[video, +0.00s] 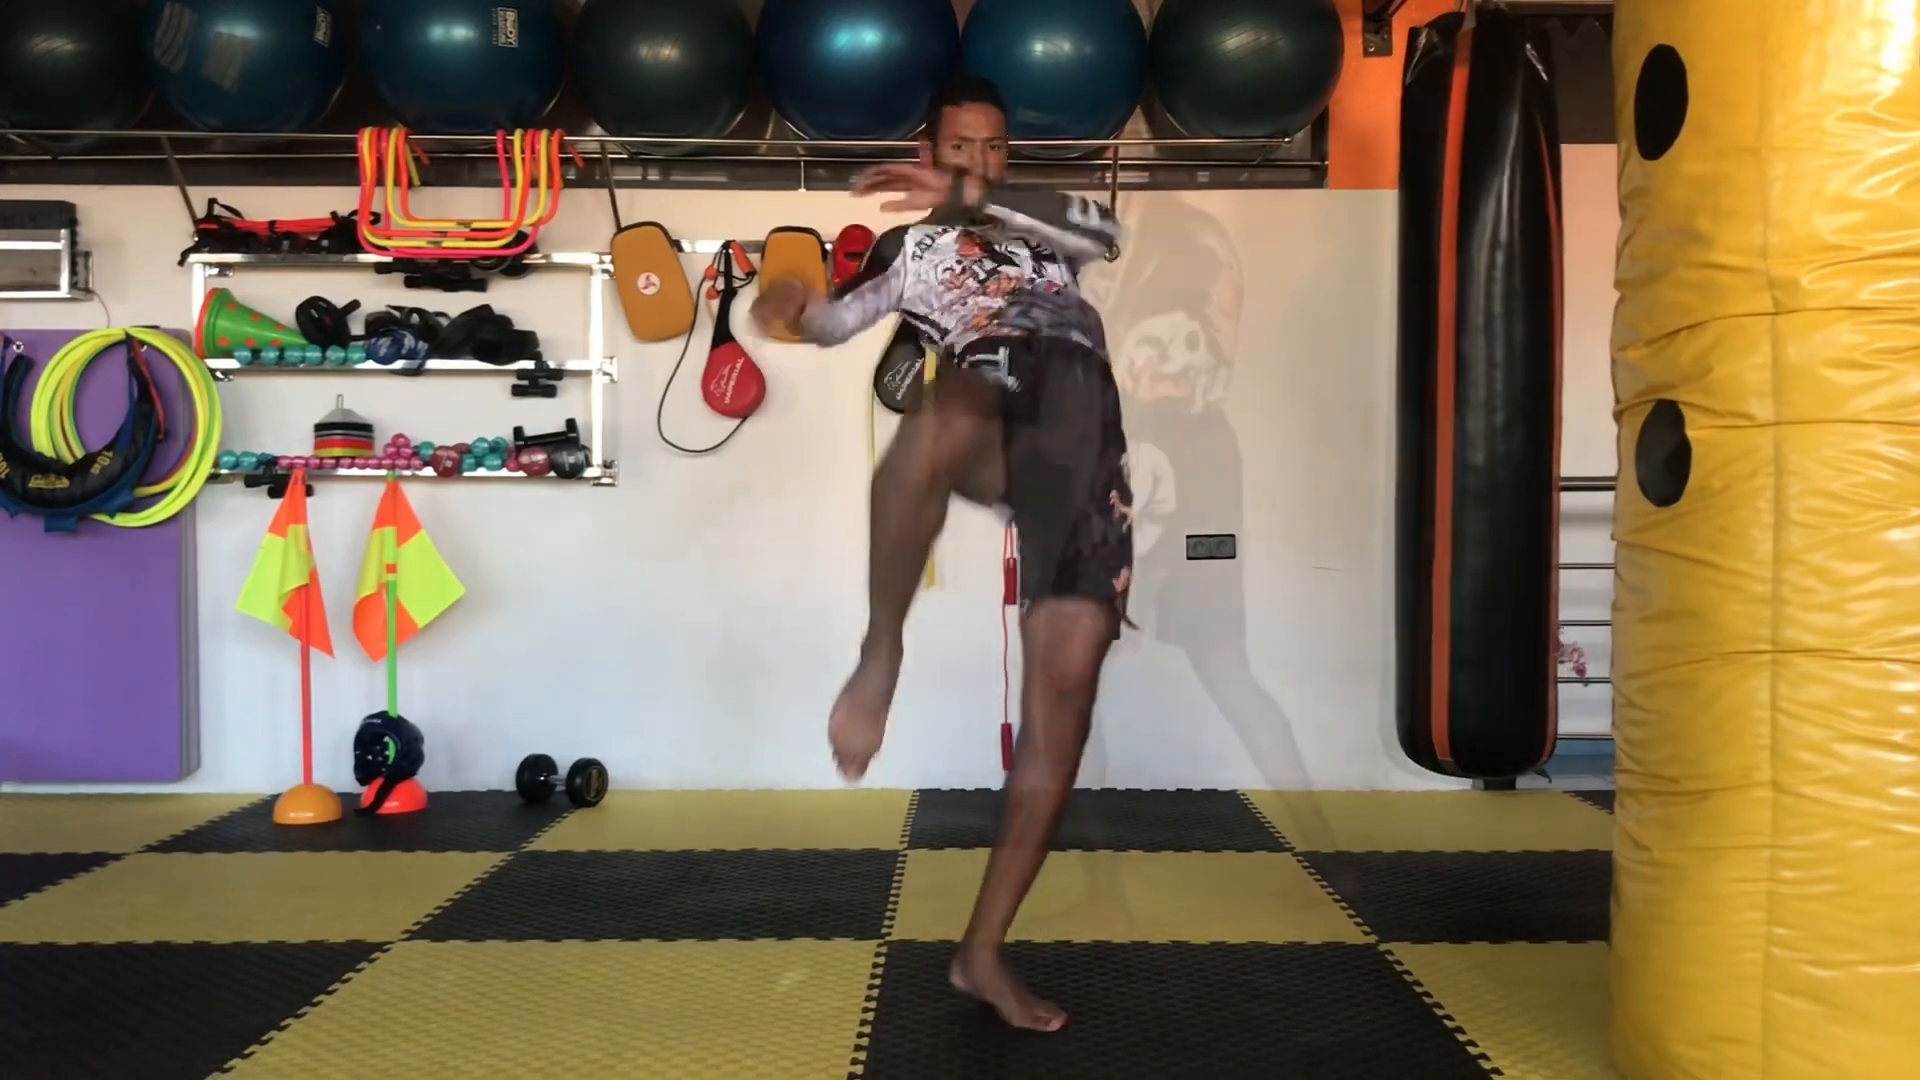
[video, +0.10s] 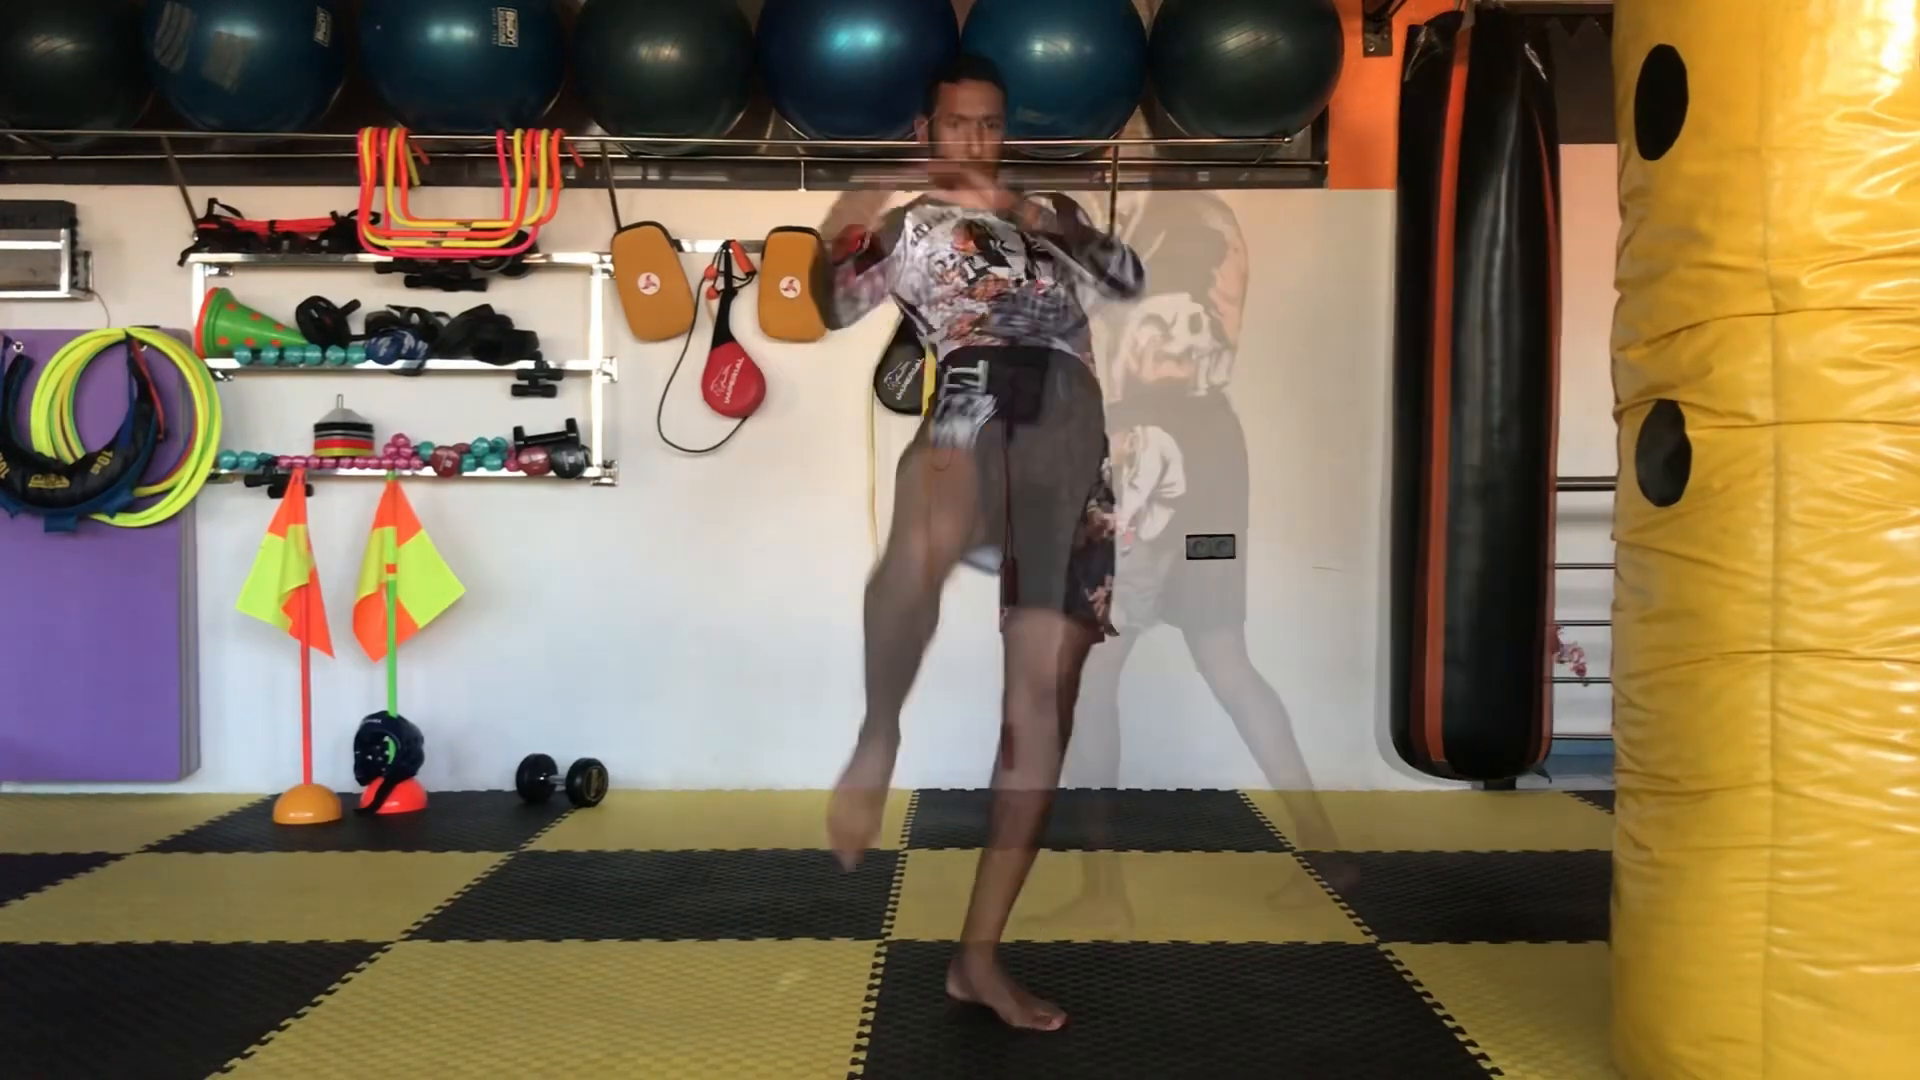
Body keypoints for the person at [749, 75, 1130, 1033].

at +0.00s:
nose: (976, 159)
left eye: (990, 143)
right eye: (959, 143)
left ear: (1010, 154)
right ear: (927, 154)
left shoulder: (1050, 228)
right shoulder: (910, 252)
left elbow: (1106, 232)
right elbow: (828, 322)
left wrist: (966, 197)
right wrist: (784, 303)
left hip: (1084, 446)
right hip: (992, 432)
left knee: (1061, 717)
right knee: (941, 411)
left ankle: (981, 948)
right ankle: (880, 653)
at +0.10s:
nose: (972, 138)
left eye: (988, 124)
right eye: (957, 122)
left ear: (1007, 132)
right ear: (927, 129)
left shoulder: (1051, 216)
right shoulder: (901, 218)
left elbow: (1131, 276)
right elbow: (838, 306)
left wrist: (1036, 216)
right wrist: (858, 223)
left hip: (1069, 439)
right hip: (964, 424)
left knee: (1041, 710)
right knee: (923, 540)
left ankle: (980, 954)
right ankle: (877, 740)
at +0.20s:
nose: (970, 120)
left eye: (985, 105)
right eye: (953, 104)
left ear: (1005, 114)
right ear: (923, 114)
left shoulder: (1047, 209)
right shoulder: (900, 210)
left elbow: (1131, 322)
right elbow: (836, 314)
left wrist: (1074, 252)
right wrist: (873, 230)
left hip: (1051, 454)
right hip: (945, 443)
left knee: (1022, 707)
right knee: (904, 651)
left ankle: (978, 958)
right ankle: (876, 814)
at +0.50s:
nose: (931, 108)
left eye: (947, 89)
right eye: (914, 89)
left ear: (974, 97)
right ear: (889, 97)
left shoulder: (1022, 209)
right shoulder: (865, 207)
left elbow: (1092, 330)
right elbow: (805, 350)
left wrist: (1046, 263)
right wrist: (827, 286)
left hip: (991, 469)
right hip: (883, 467)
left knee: (994, 708)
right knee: (836, 692)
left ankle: (976, 957)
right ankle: (864, 837)